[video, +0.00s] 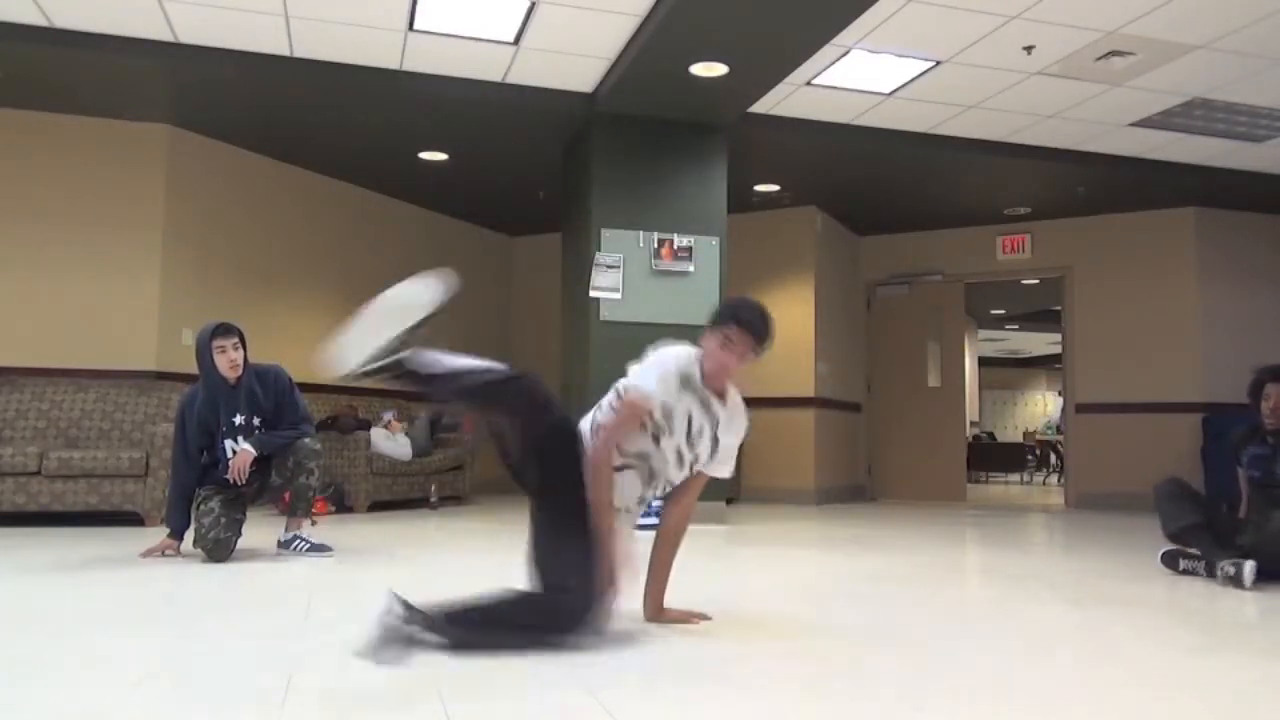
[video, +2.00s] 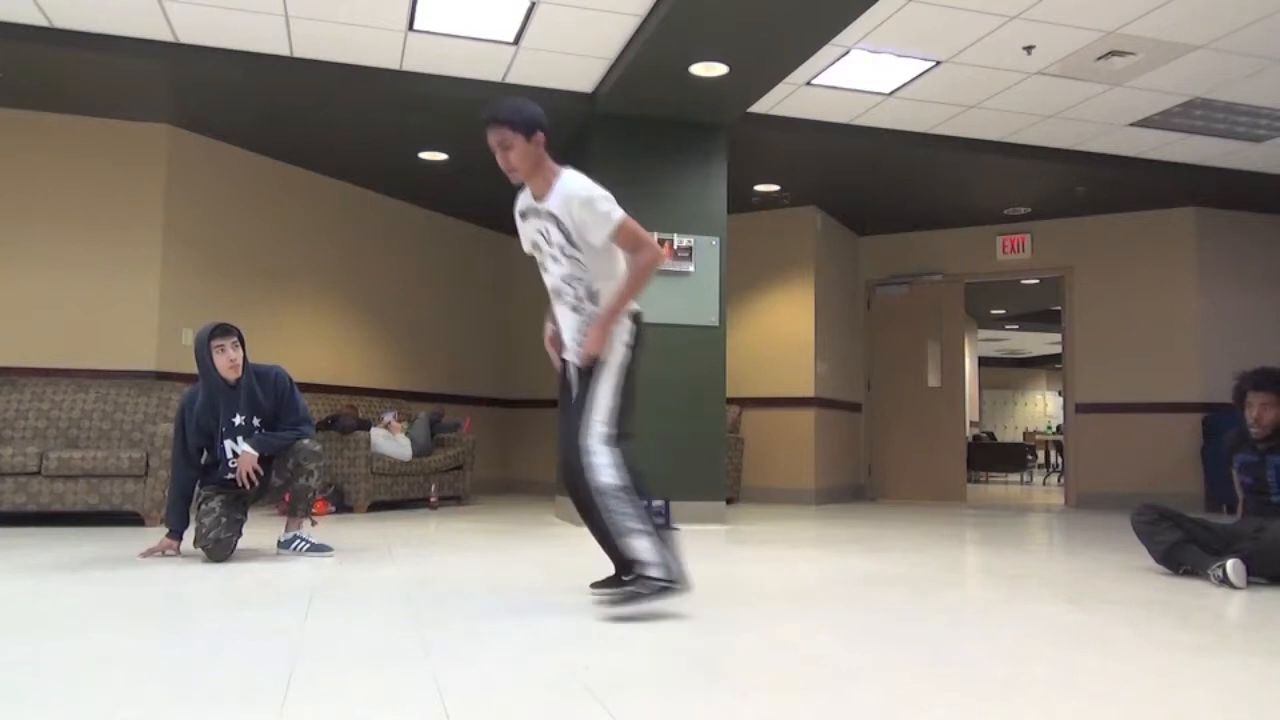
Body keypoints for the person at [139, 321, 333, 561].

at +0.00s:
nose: (232, 357)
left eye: (236, 348)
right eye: (221, 351)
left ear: (244, 350)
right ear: (207, 359)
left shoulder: (272, 379)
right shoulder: (194, 403)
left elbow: (304, 428)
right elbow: (184, 470)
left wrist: (254, 445)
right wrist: (174, 534)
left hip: (265, 477)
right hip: (219, 488)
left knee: (308, 449)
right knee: (215, 549)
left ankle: (292, 534)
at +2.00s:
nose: (232, 356)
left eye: (235, 347)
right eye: (221, 351)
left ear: (243, 350)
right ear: (206, 359)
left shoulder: (273, 380)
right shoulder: (194, 403)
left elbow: (304, 430)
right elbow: (184, 470)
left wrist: (256, 445)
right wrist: (174, 535)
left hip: (267, 476)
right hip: (221, 488)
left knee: (308, 451)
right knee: (216, 549)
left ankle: (292, 534)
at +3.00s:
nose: (231, 356)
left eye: (234, 347)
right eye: (220, 351)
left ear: (243, 350)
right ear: (205, 360)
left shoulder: (272, 380)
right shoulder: (194, 403)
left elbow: (304, 430)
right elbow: (184, 470)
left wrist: (256, 444)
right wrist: (174, 535)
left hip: (267, 476)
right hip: (221, 488)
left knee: (307, 450)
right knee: (215, 549)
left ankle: (292, 534)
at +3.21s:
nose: (231, 357)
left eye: (235, 348)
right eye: (220, 352)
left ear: (243, 351)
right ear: (205, 360)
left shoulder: (272, 380)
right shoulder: (193, 403)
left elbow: (304, 430)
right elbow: (184, 470)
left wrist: (256, 445)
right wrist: (174, 535)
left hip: (267, 476)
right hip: (221, 488)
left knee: (308, 450)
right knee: (215, 549)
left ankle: (292, 534)